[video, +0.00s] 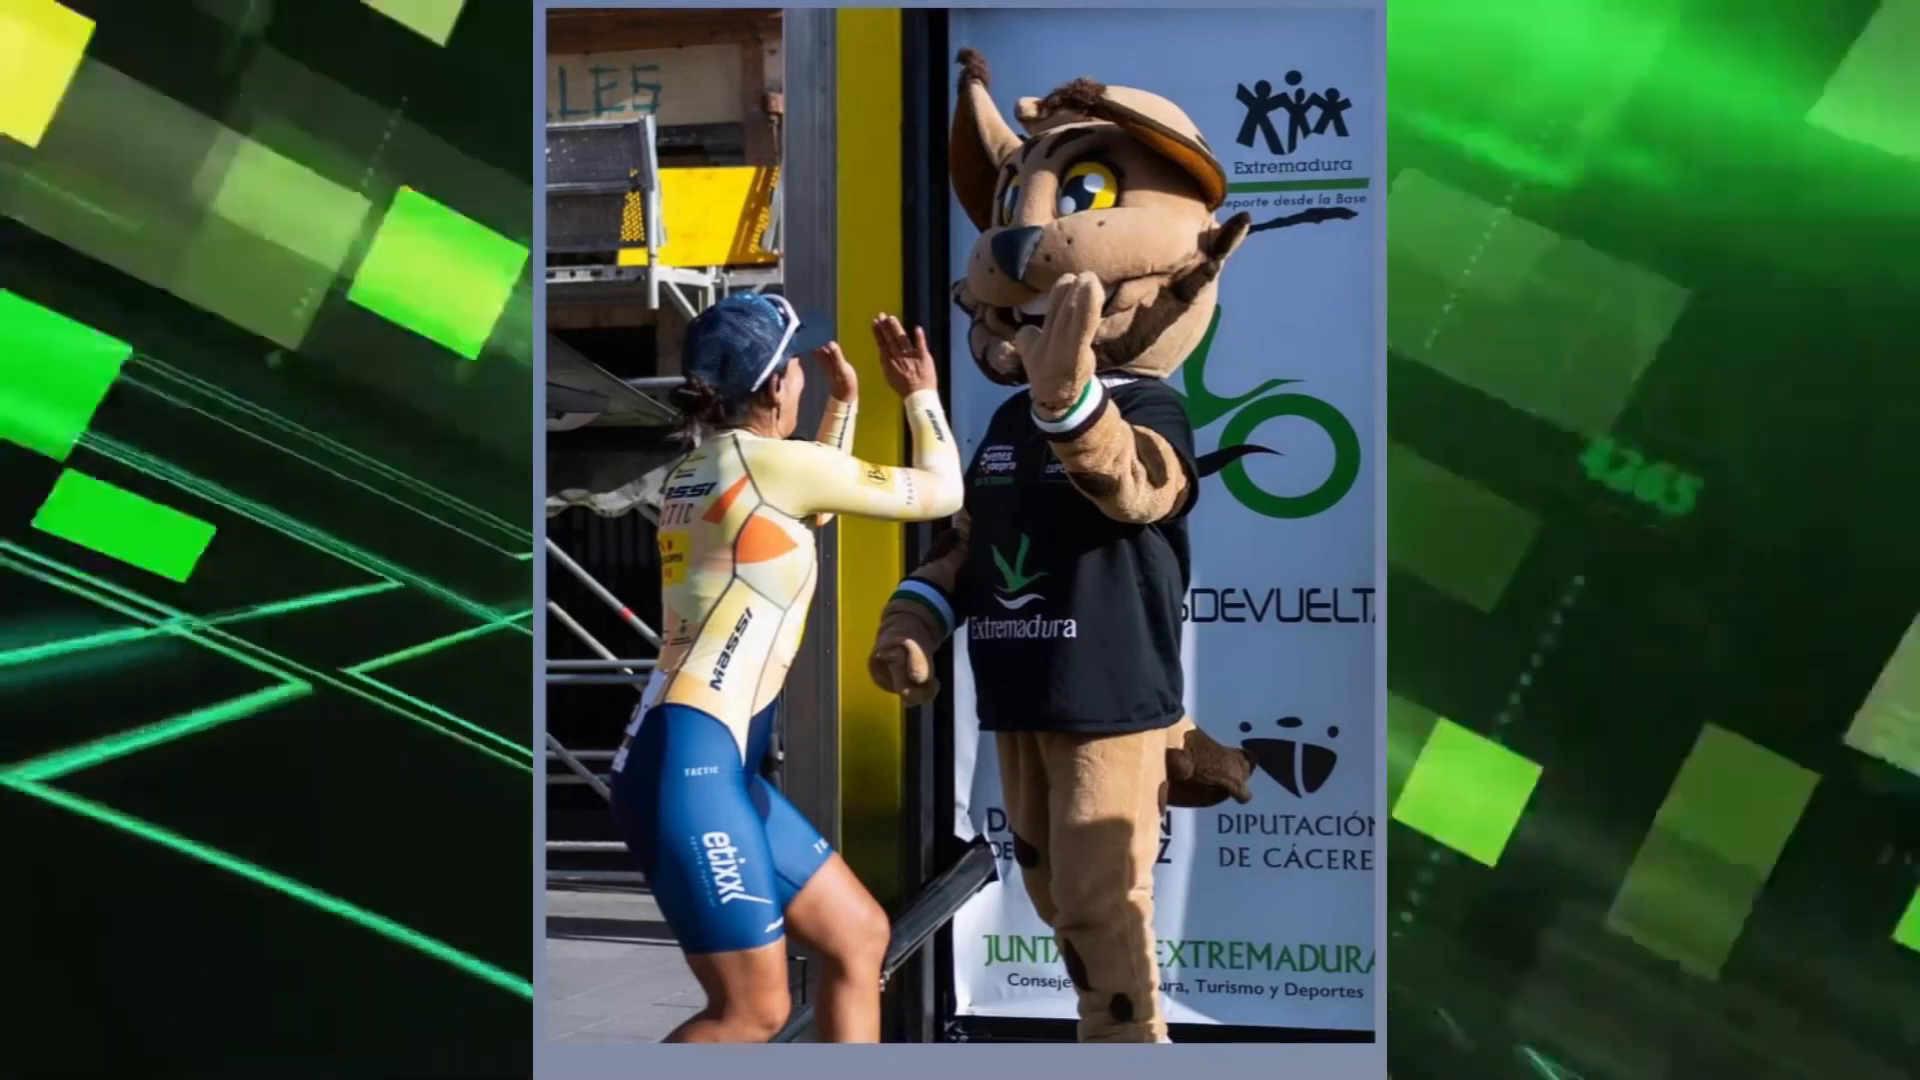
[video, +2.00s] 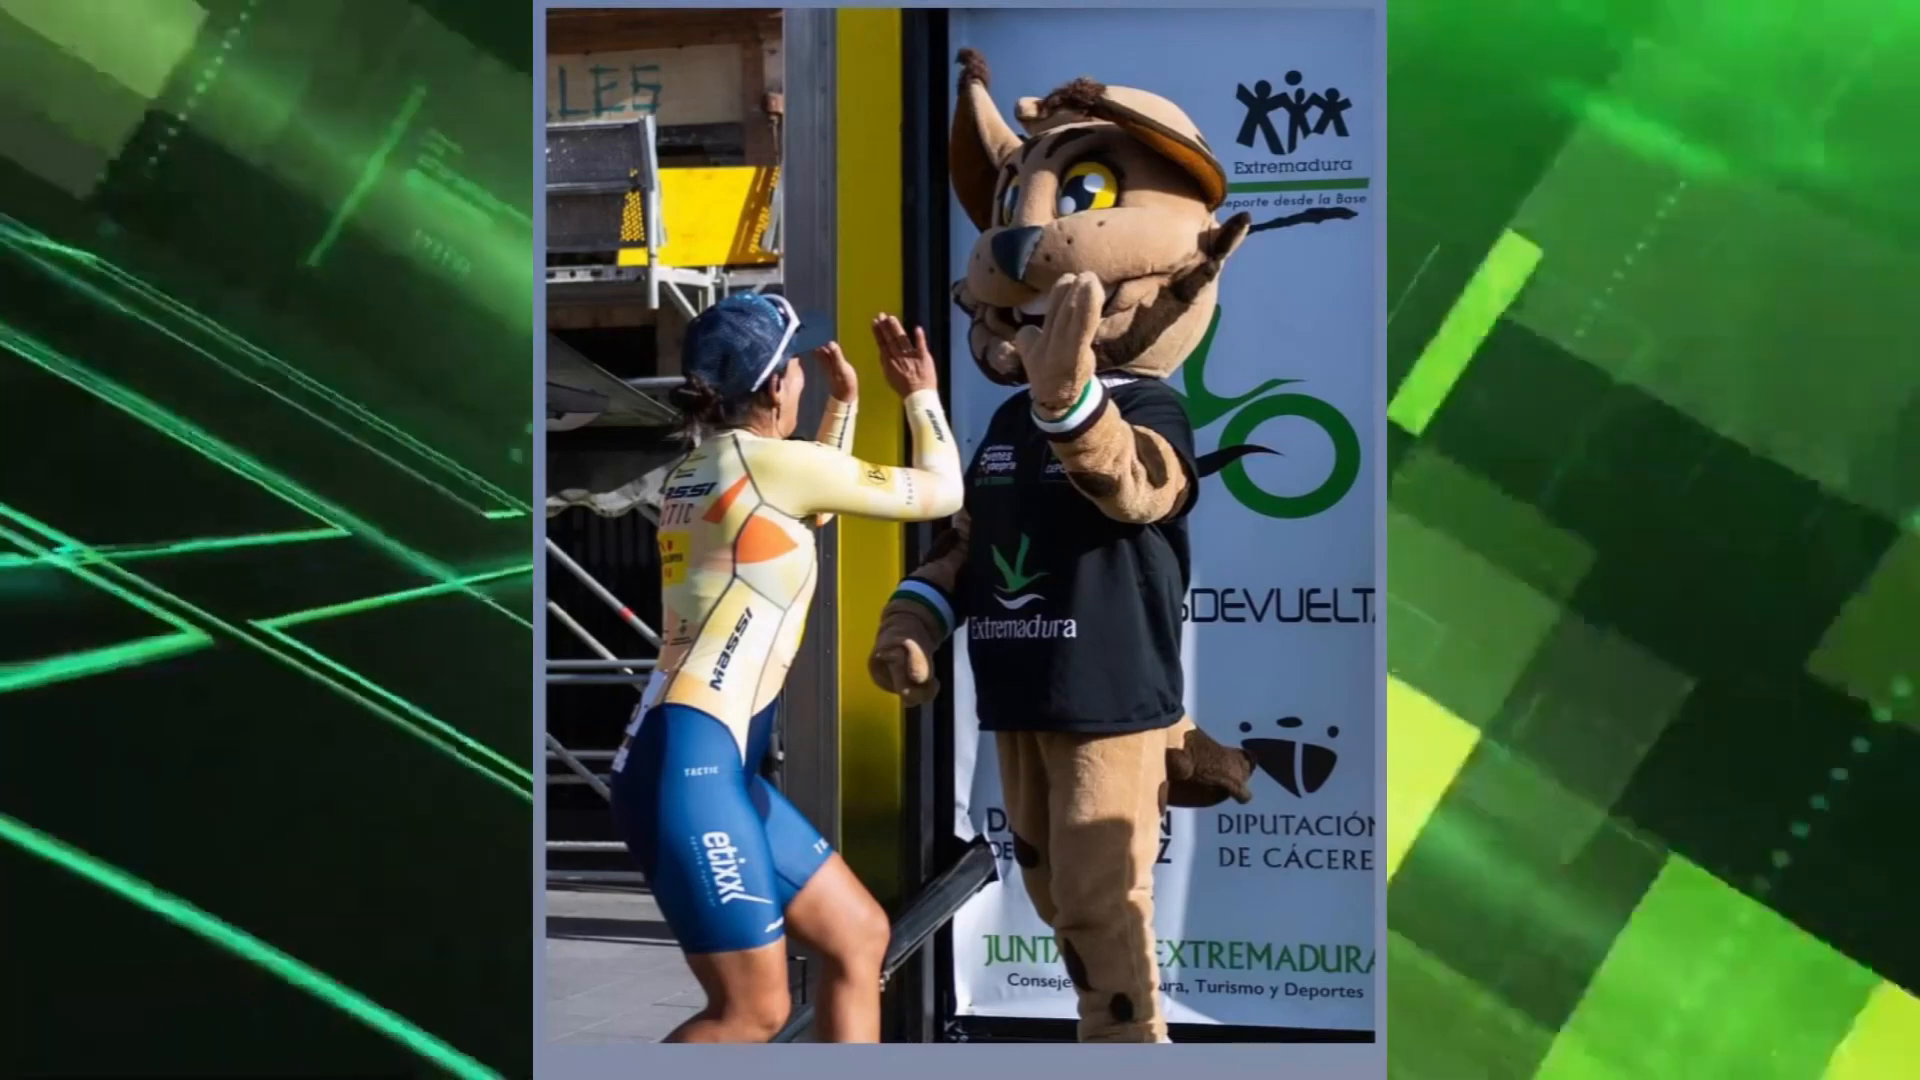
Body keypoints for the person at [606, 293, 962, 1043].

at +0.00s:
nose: (804, 376)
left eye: (800, 362)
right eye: (797, 363)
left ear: (714, 388)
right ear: (777, 380)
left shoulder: (693, 471)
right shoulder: (779, 465)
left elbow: (798, 495)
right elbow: (938, 492)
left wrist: (840, 413)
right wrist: (924, 396)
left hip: (714, 769)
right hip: (686, 774)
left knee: (860, 934)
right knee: (754, 1009)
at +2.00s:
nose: (803, 377)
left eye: (800, 363)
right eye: (797, 364)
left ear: (713, 387)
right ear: (778, 380)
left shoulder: (695, 471)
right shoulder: (779, 465)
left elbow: (801, 496)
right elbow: (938, 492)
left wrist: (840, 411)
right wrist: (924, 396)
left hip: (714, 769)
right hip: (686, 774)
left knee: (860, 933)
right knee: (754, 1009)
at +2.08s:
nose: (803, 377)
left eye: (800, 363)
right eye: (797, 364)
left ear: (714, 387)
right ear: (777, 380)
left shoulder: (695, 471)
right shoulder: (779, 465)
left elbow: (802, 496)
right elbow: (938, 492)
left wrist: (841, 411)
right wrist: (924, 396)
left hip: (715, 769)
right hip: (686, 774)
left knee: (860, 933)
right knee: (754, 1009)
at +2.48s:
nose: (803, 377)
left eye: (800, 363)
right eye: (797, 364)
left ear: (714, 387)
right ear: (777, 380)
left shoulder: (695, 471)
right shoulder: (779, 465)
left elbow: (801, 497)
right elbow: (939, 492)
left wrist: (841, 411)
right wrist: (924, 396)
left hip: (714, 769)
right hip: (686, 774)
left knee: (860, 933)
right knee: (754, 1009)